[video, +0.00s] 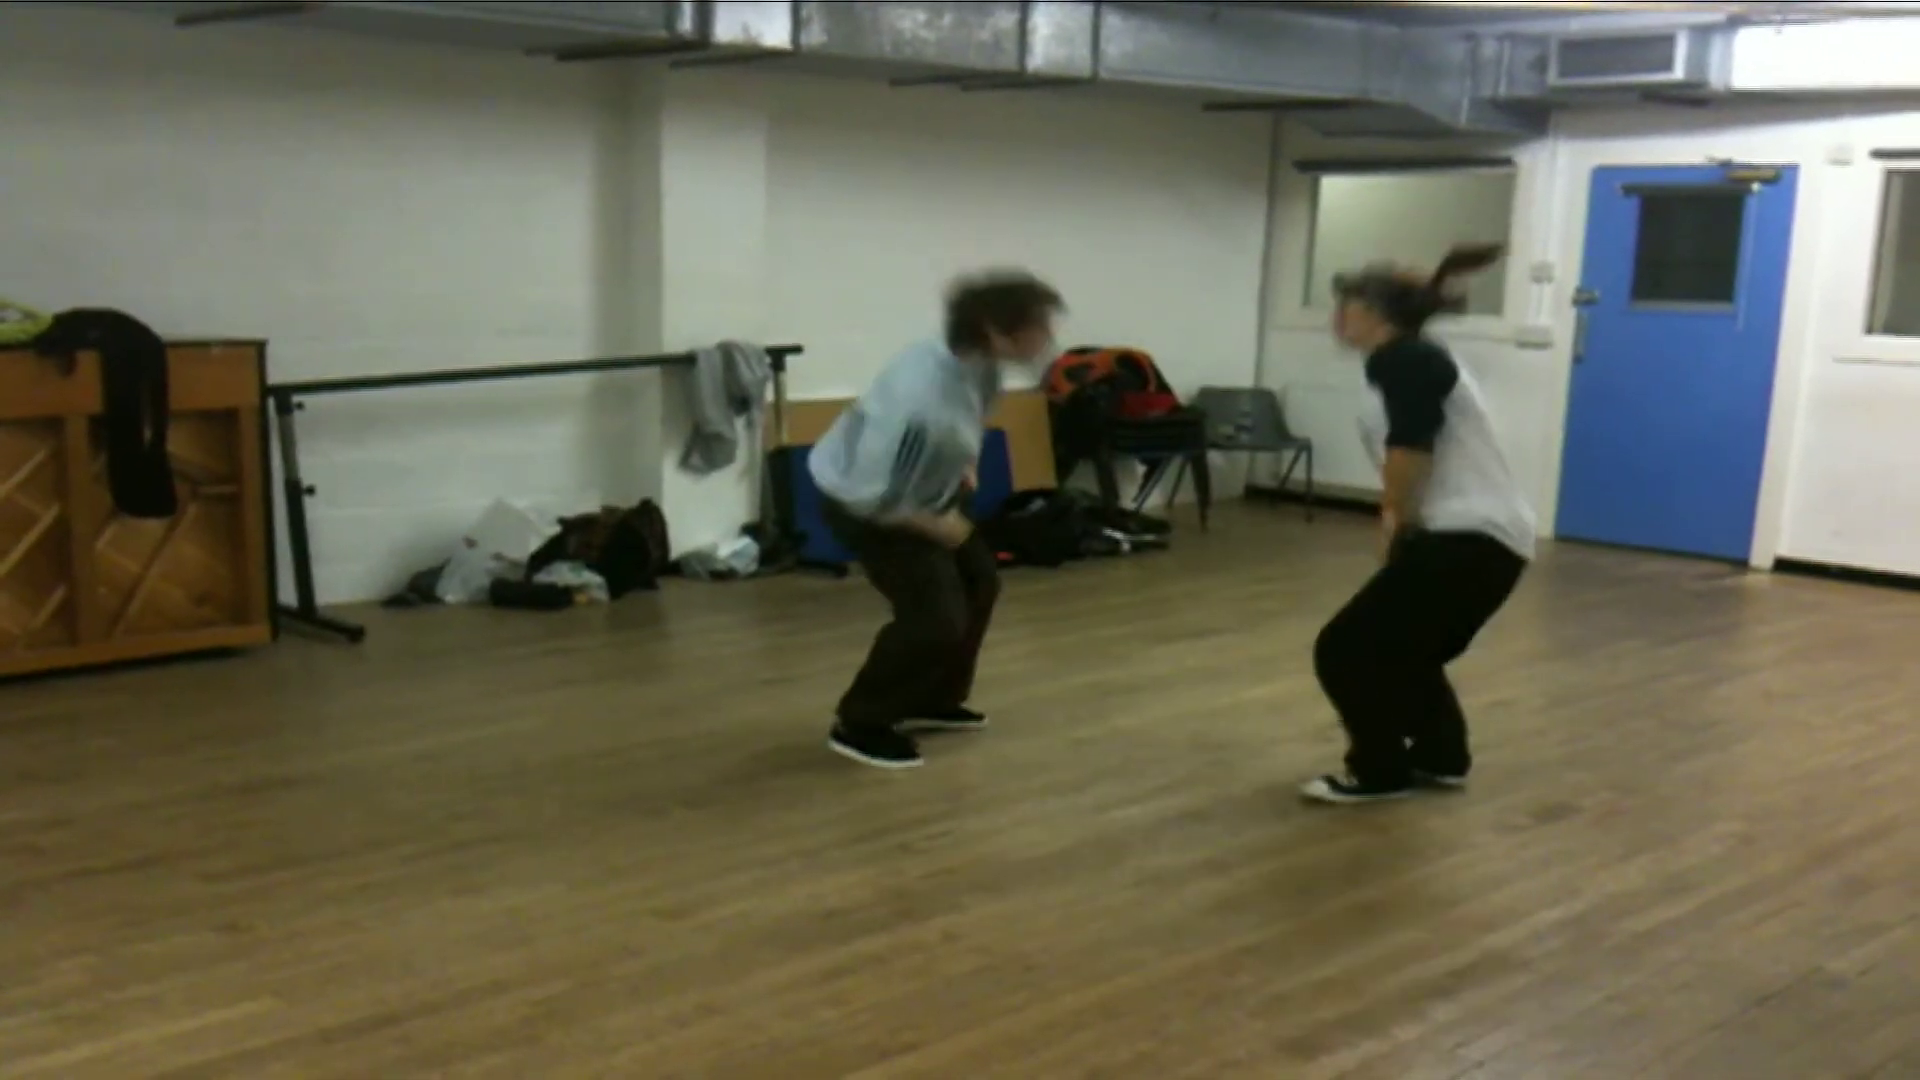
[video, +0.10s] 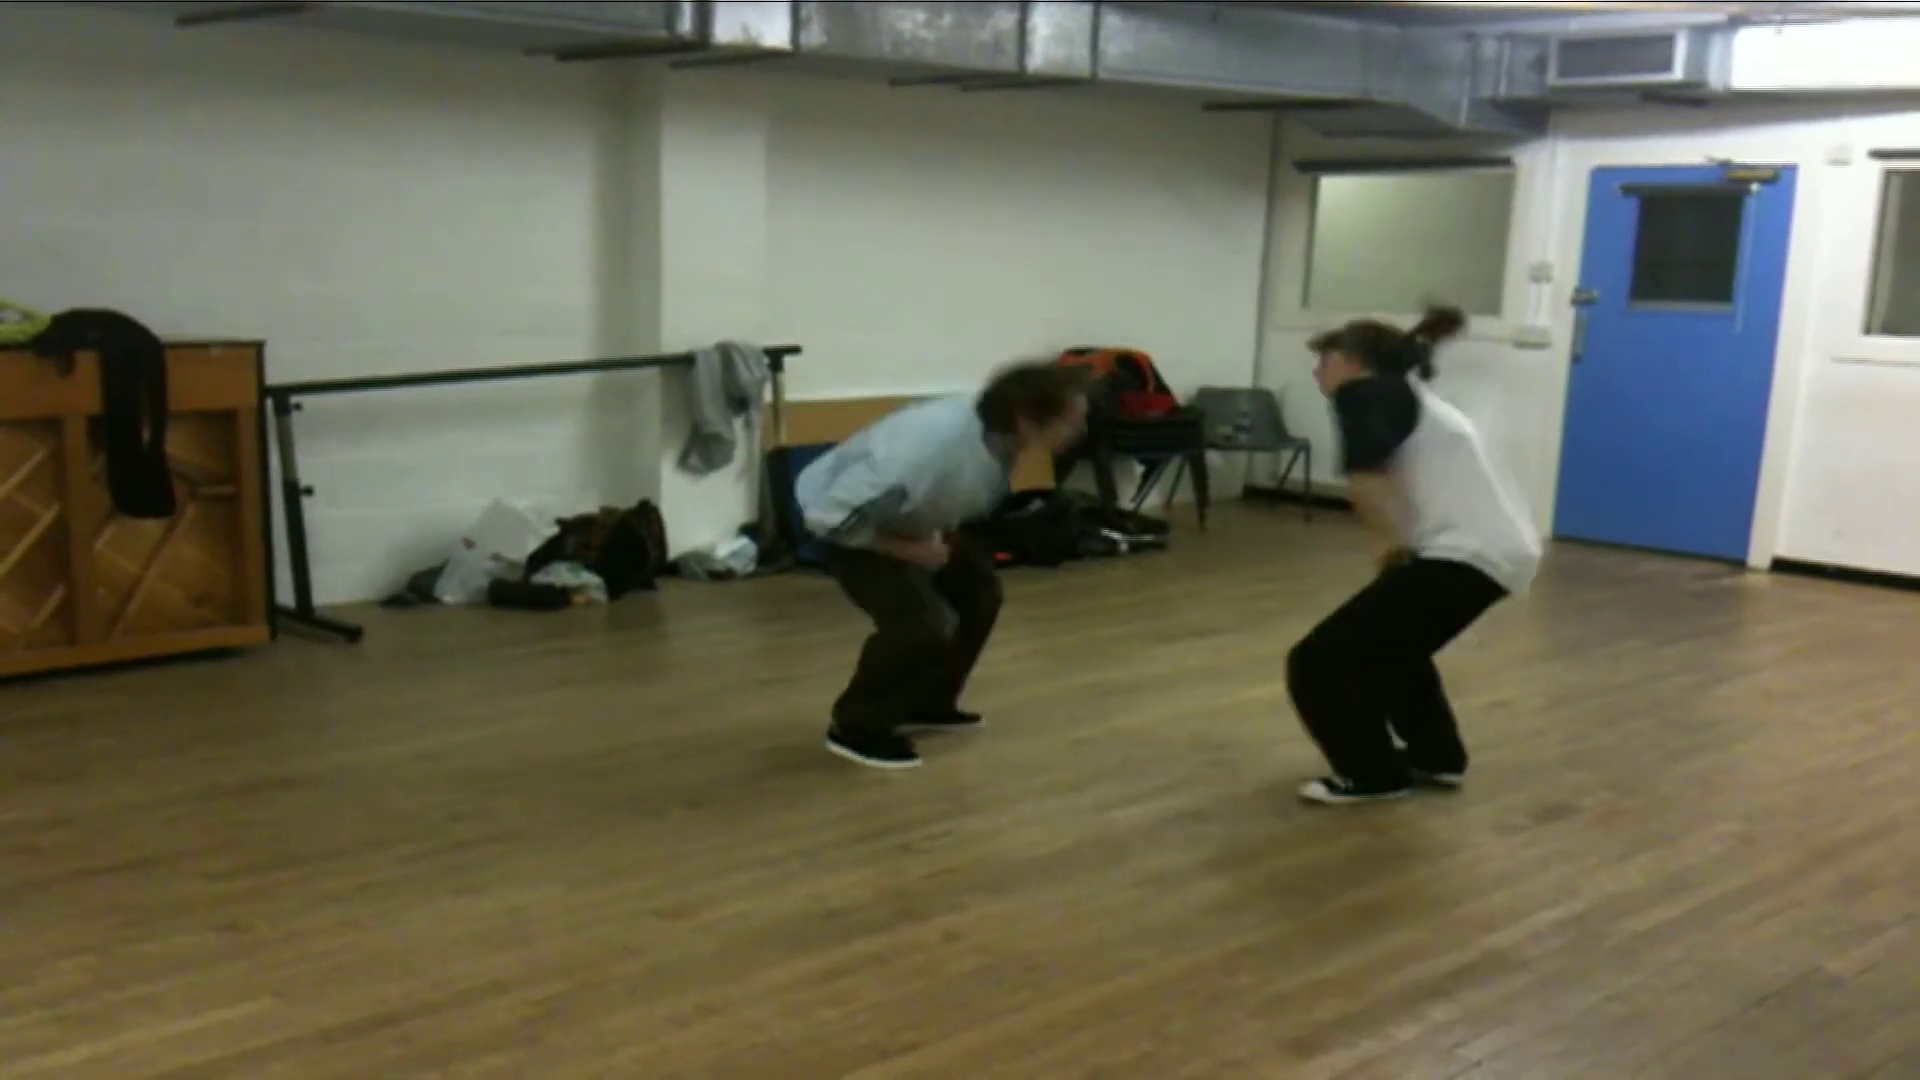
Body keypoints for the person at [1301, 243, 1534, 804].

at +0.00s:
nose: (1339, 321)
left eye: (1347, 308)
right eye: (1340, 309)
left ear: (1376, 310)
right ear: (1388, 312)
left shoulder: (1403, 358)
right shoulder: (1428, 359)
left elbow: (1411, 446)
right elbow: (1418, 454)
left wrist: (1396, 515)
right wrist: (1402, 514)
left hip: (1467, 534)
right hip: (1486, 536)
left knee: (1343, 646)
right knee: (1404, 647)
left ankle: (1379, 767)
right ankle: (1441, 755)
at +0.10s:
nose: (1318, 371)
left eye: (1326, 359)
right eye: (1321, 360)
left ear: (1355, 361)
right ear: (1369, 363)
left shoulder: (1368, 395)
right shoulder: (1411, 398)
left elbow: (1368, 486)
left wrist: (1391, 547)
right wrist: (1401, 545)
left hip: (1464, 551)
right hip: (1494, 551)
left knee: (1317, 661)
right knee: (1393, 647)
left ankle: (1372, 772)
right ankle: (1437, 757)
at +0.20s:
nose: (1343, 366)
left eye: (1350, 356)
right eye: (1345, 355)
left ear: (1373, 356)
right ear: (1413, 353)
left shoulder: (1357, 390)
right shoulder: (1465, 397)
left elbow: (1315, 468)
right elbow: (1537, 489)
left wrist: (1352, 534)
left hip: (1443, 543)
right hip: (1518, 546)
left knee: (1321, 649)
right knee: (1431, 635)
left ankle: (1374, 771)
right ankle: (1444, 758)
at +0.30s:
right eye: (1467, 311)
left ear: (1408, 311)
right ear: (1474, 317)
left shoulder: (1371, 363)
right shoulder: (1504, 373)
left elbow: (1305, 443)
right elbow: (1542, 464)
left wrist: (1354, 495)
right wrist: (1487, 497)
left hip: (1392, 550)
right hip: (1488, 557)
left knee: (1381, 664)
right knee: (1472, 662)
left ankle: (1403, 779)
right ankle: (1457, 767)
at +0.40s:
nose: (1524, 324)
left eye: (1525, 313)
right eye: (1518, 312)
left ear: (1451, 314)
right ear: (1489, 315)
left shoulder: (1383, 367)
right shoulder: (1507, 379)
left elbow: (1348, 450)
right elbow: (1506, 472)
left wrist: (1376, 495)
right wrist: (1482, 515)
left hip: (1357, 544)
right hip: (1448, 552)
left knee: (1436, 647)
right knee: (1503, 663)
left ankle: (1443, 771)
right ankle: (1396, 745)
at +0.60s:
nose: (1492, 359)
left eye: (1491, 348)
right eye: (1480, 348)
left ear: (1440, 353)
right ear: (1441, 353)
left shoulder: (1431, 409)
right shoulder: (1409, 418)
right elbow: (1458, 469)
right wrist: (1525, 469)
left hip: (1440, 578)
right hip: (1401, 601)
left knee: (1546, 625)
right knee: (1443, 740)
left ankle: (1453, 730)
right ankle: (1256, 759)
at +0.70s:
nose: (1478, 409)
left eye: (1479, 395)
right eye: (1467, 397)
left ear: (1468, 394)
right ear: (1434, 397)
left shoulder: (1440, 448)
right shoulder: (1398, 458)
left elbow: (1472, 372)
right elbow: (1410, 414)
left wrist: (1496, 301)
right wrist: (1435, 348)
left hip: (1437, 610)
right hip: (1393, 635)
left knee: (1533, 649)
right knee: (1460, 777)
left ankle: (1563, 720)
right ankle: (1271, 760)